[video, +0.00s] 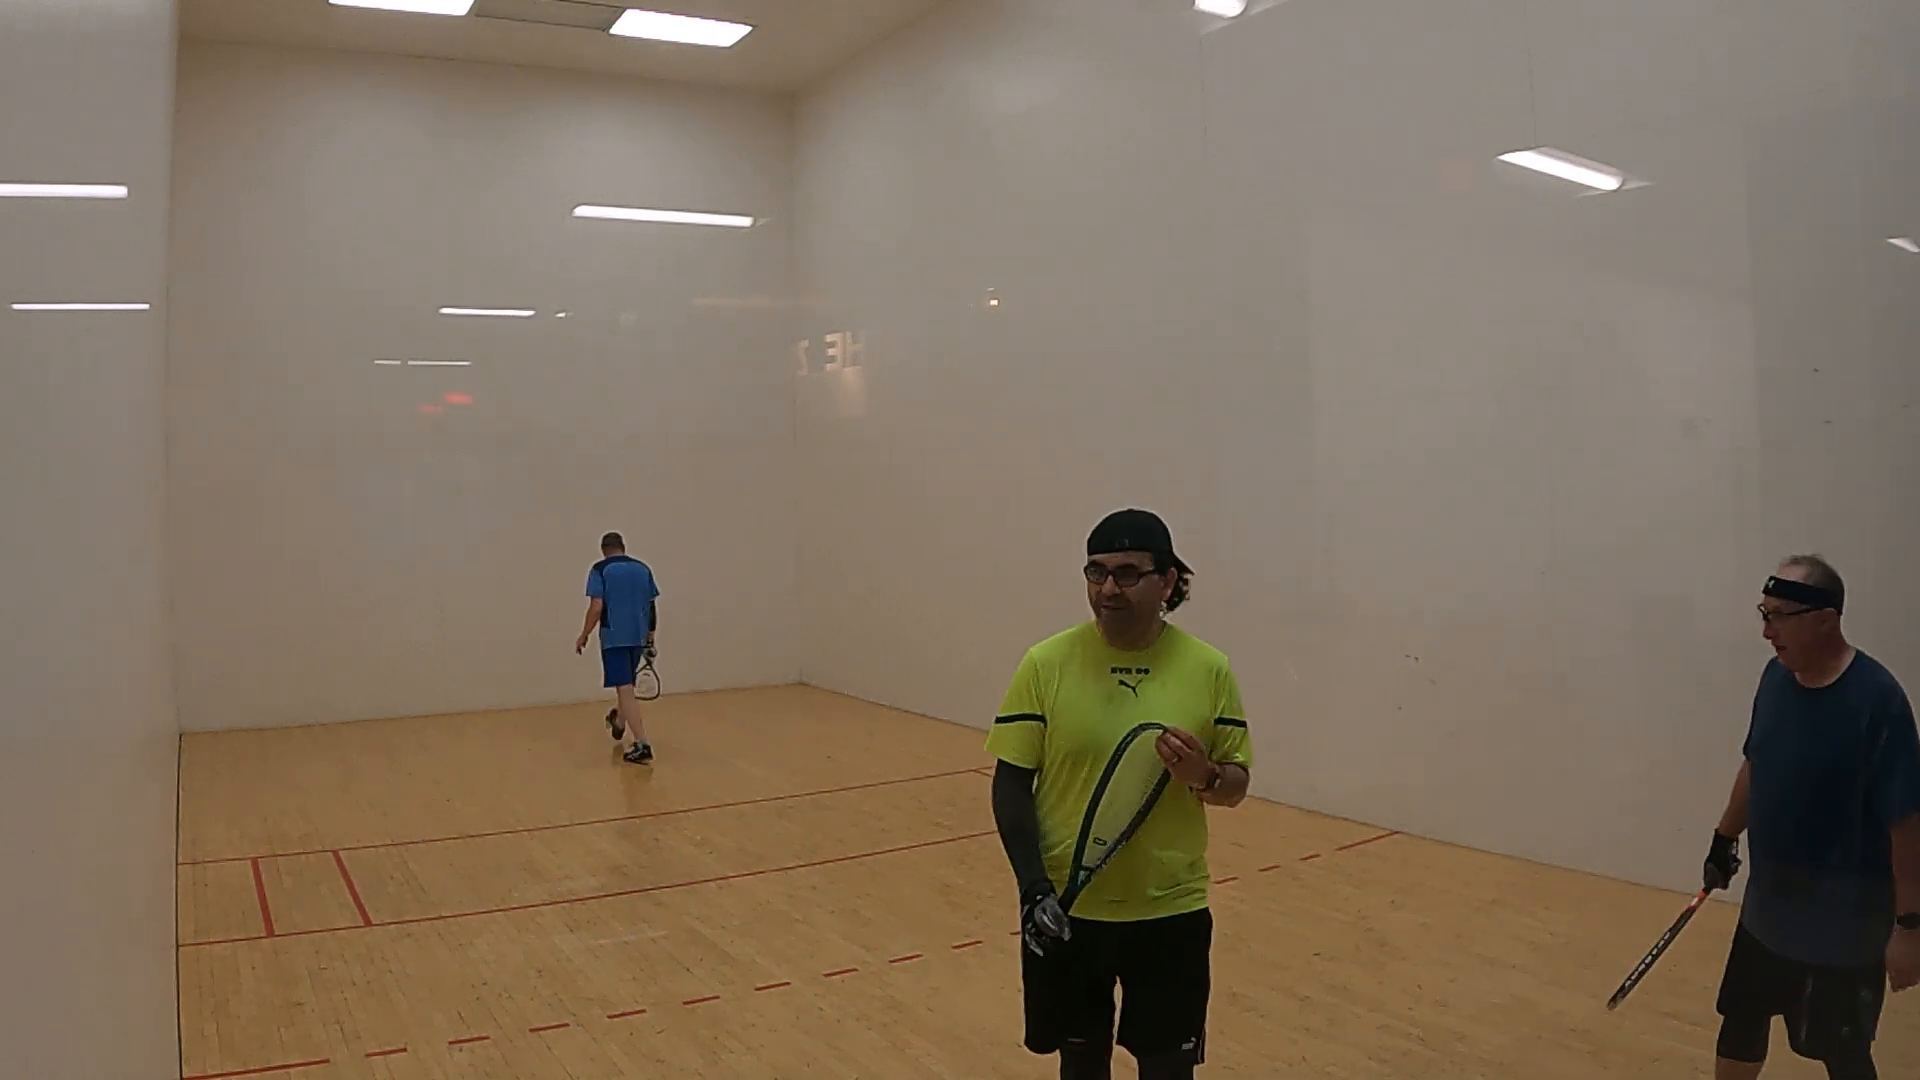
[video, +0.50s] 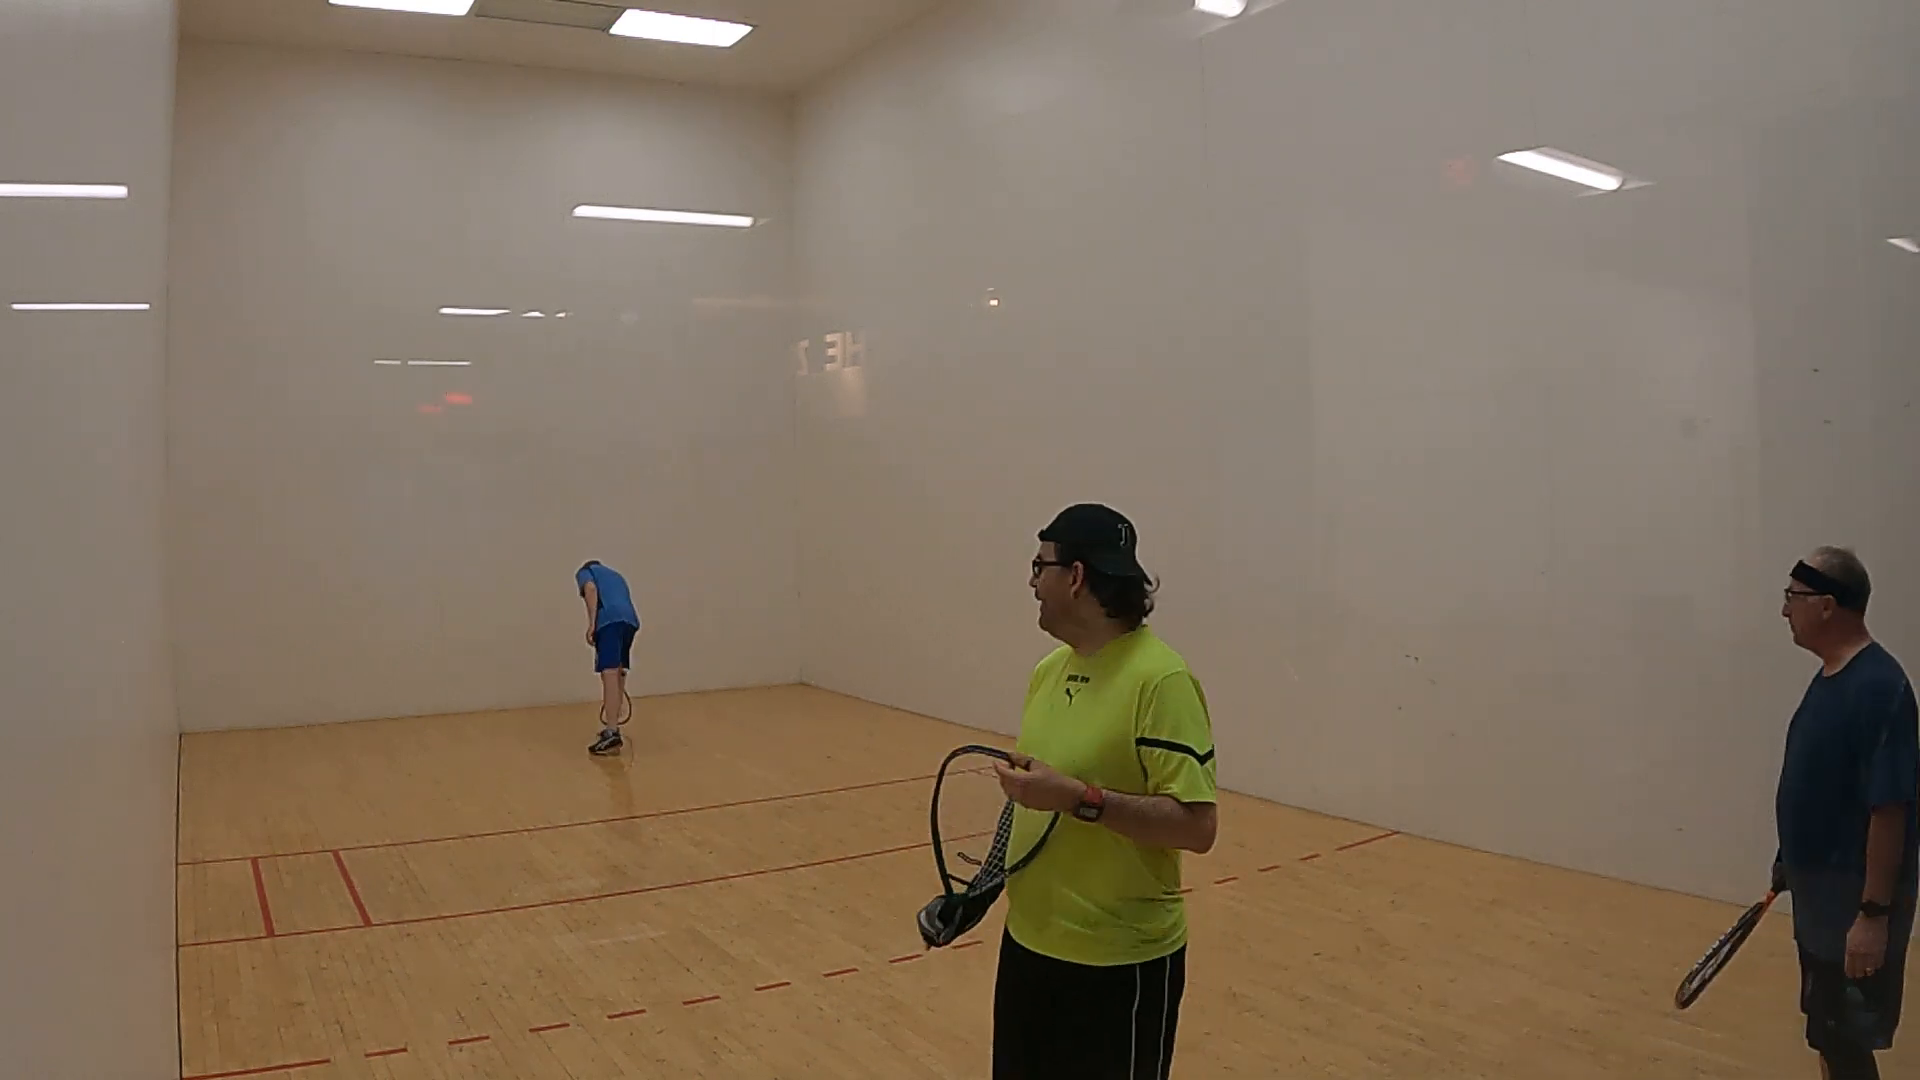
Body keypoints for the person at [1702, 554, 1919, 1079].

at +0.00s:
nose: (1764, 628)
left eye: (1776, 615)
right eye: (1763, 615)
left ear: (1825, 619)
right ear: (1816, 620)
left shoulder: (1879, 700)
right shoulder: (1779, 675)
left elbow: (1904, 821)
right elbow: (1755, 764)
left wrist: (1909, 924)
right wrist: (1724, 839)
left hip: (1846, 925)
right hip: (1770, 909)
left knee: (1846, 1056)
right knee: (1740, 1028)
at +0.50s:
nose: (1784, 607)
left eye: (1793, 595)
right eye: (1787, 595)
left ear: (1828, 606)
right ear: (1827, 607)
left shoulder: (1879, 686)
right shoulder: (1833, 678)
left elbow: (1890, 810)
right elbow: (1828, 785)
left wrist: (1873, 913)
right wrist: (1792, 861)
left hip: (1855, 905)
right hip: (1821, 895)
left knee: (1844, 1046)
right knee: (1829, 1038)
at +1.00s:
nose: (1780, 600)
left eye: (1786, 589)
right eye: (1782, 589)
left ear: (1812, 597)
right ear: (1835, 599)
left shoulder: (1833, 670)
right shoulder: (1869, 663)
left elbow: (1818, 787)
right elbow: (1858, 787)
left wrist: (1786, 881)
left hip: (1816, 881)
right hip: (1861, 881)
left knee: (1754, 988)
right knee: (1841, 997)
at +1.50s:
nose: (1707, 605)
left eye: (1709, 595)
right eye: (1707, 595)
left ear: (1724, 601)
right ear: (1764, 599)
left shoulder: (1722, 669)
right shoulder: (1809, 662)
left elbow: (1707, 778)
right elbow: (1833, 756)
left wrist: (1688, 859)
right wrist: (1821, 829)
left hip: (1733, 862)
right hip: (1802, 863)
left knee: (1695, 957)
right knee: (1802, 983)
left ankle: (1692, 1071)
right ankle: (1825, 1076)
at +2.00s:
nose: (1635, 592)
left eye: (1637, 584)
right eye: (1637, 583)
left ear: (1649, 591)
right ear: (1691, 587)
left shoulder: (1644, 657)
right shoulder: (1735, 646)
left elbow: (1607, 750)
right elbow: (1761, 733)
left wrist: (1575, 808)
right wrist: (1748, 801)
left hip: (1662, 835)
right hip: (1721, 829)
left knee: (1672, 947)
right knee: (1677, 931)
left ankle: (1686, 1065)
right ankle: (1662, 1024)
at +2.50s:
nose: (1584, 579)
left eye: (1587, 571)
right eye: (1586, 570)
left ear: (1602, 577)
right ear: (1636, 578)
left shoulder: (1604, 639)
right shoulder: (1670, 634)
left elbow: (1597, 729)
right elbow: (1683, 716)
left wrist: (1587, 807)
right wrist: (1662, 781)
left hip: (1603, 810)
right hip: (1663, 811)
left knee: (1558, 892)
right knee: (1642, 911)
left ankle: (1594, 1005)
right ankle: (1629, 1025)